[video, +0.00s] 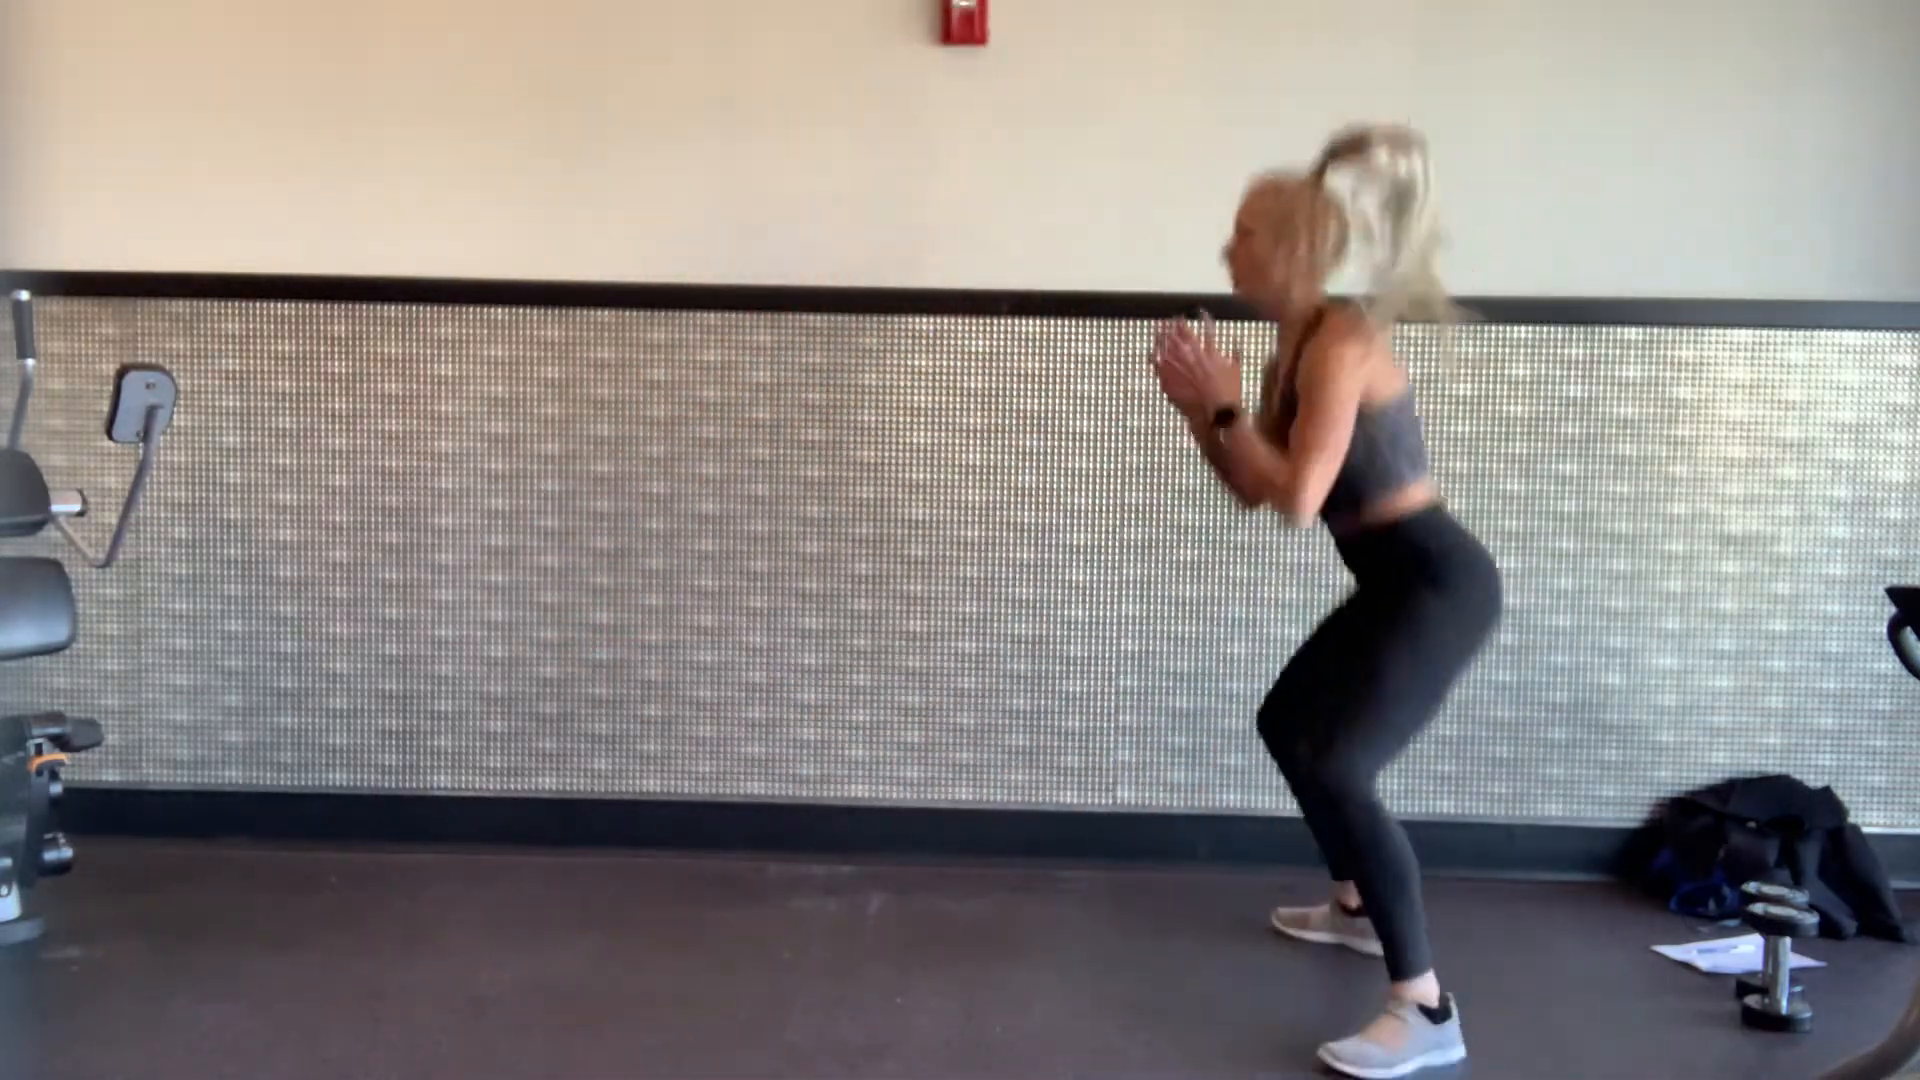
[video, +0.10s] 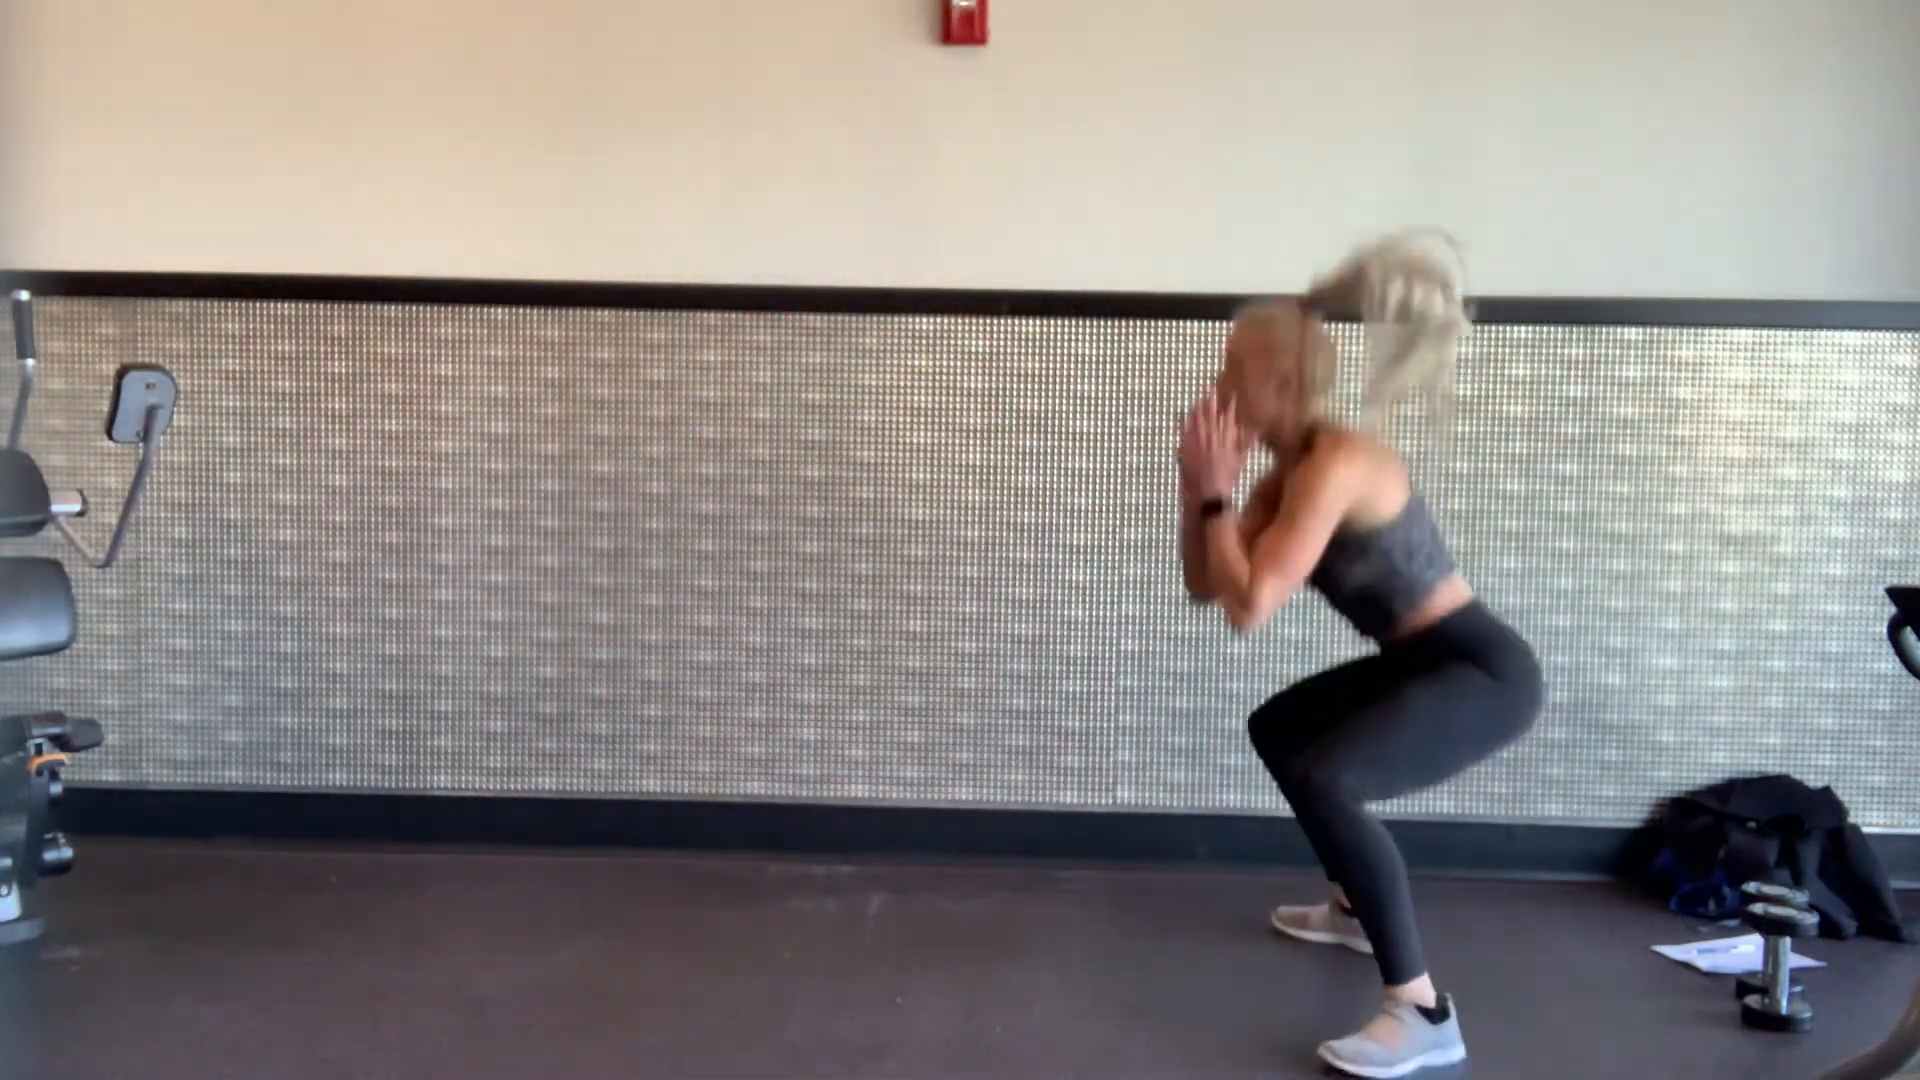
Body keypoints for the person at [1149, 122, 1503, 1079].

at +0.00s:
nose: (1230, 243)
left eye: (1248, 233)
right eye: (1238, 228)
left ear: (1297, 253)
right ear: (1295, 253)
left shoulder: (1340, 340)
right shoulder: (1304, 340)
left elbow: (1296, 493)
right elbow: (1261, 482)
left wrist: (1219, 414)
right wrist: (1208, 411)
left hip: (1439, 585)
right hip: (1396, 582)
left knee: (1339, 766)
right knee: (1288, 722)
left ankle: (1424, 1002)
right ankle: (1362, 904)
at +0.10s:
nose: (1223, 388)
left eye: (1237, 373)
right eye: (1225, 370)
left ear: (1282, 383)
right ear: (1283, 384)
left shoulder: (1335, 463)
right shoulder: (1291, 467)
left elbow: (1251, 603)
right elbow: (1204, 583)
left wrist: (1212, 495)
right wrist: (1204, 490)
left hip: (1483, 671)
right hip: (1426, 663)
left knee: (1323, 779)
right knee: (1277, 729)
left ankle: (1419, 1007)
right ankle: (1358, 907)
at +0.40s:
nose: (1219, 474)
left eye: (1232, 461)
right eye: (1223, 459)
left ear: (1279, 477)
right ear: (1279, 479)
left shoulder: (1334, 551)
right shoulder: (1292, 557)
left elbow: (1251, 695)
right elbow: (1223, 667)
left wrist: (1205, 588)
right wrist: (1201, 581)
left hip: (1508, 737)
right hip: (1450, 720)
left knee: (1336, 779)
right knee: (1288, 732)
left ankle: (1422, 1009)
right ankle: (1356, 908)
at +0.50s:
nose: (1221, 443)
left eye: (1235, 430)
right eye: (1225, 428)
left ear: (1282, 445)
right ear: (1281, 446)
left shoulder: (1330, 525)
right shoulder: (1292, 526)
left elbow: (1238, 659)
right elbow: (1217, 631)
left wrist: (1196, 551)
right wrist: (1192, 548)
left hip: (1505, 712)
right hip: (1441, 694)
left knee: (1334, 777)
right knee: (1288, 728)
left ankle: (1422, 1008)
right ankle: (1356, 911)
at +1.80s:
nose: (689, 389)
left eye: (702, 380)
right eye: (696, 377)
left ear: (739, 402)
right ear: (763, 402)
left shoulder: (767, 486)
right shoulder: (785, 474)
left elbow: (617, 562)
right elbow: (645, 543)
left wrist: (608, 448)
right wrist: (621, 447)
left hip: (889, 713)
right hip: (886, 689)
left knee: (682, 755)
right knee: (721, 701)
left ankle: (746, 983)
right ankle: (781, 884)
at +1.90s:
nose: (644, 442)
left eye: (659, 432)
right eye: (654, 428)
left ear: (688, 458)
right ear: (719, 458)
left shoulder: (720, 536)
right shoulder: (732, 526)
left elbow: (567, 612)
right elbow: (604, 586)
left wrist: (570, 498)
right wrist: (580, 496)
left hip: (857, 754)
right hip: (846, 728)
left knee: (652, 770)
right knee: (689, 711)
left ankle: (743, 981)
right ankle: (778, 882)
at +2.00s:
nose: (606, 454)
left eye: (621, 445)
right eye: (614, 441)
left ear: (656, 469)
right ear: (682, 469)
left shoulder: (685, 552)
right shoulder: (709, 536)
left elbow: (545, 643)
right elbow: (575, 613)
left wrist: (528, 529)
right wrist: (556, 523)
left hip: (842, 750)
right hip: (839, 723)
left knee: (640, 771)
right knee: (676, 716)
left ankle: (744, 981)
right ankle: (777, 881)